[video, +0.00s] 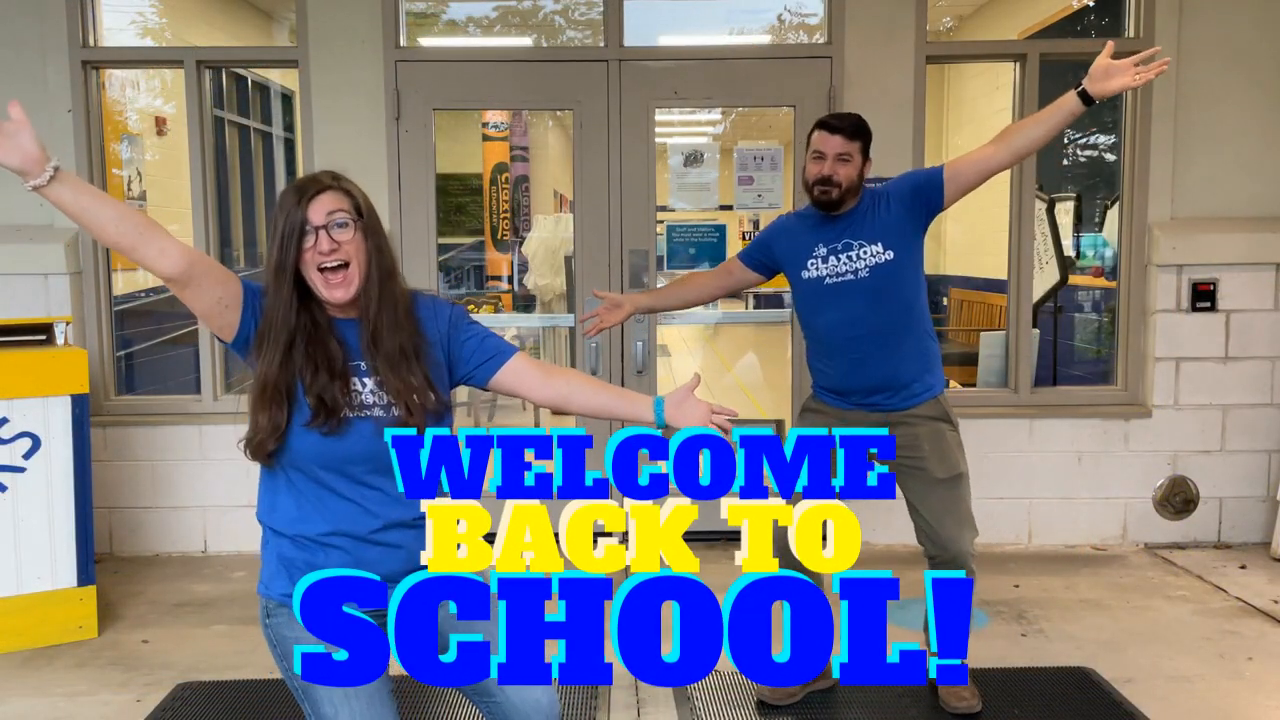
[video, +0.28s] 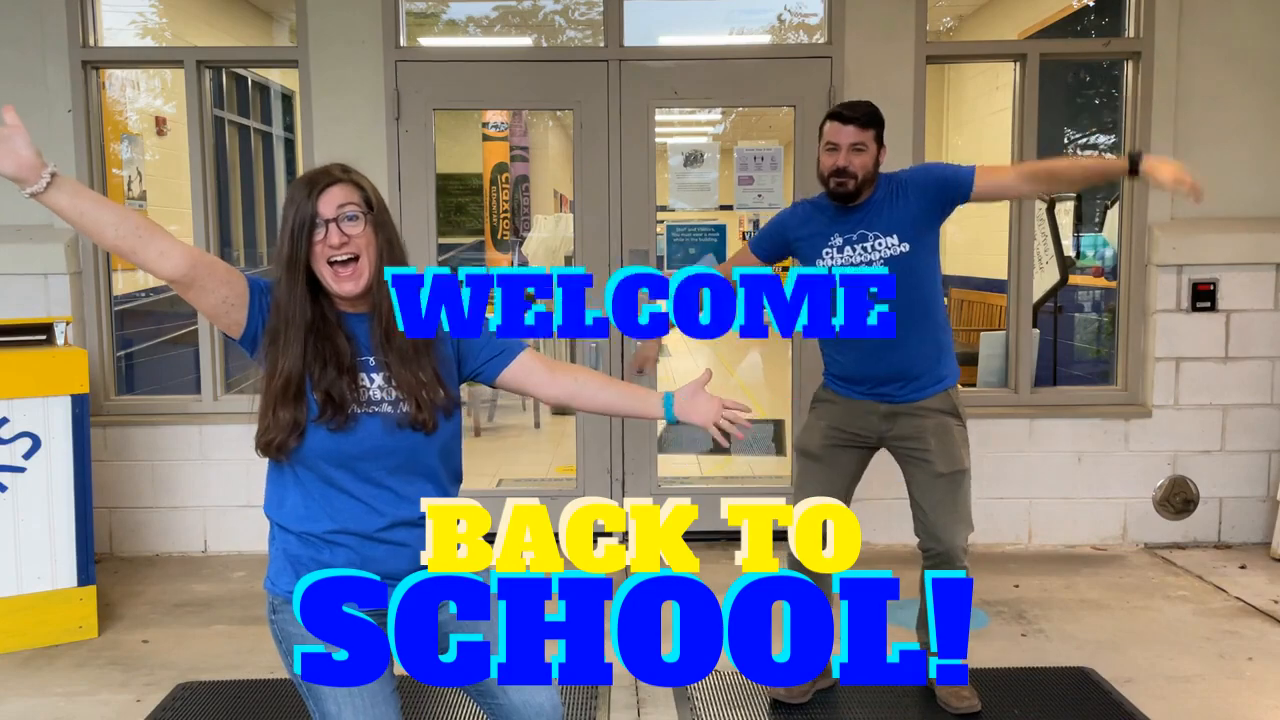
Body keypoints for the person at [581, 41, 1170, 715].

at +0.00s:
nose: (827, 168)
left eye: (841, 159)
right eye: (818, 156)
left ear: (864, 165)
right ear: (806, 162)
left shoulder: (904, 199)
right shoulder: (786, 235)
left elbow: (999, 152)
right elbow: (718, 281)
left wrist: (1084, 93)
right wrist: (638, 302)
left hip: (918, 411)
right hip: (832, 412)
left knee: (952, 544)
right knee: (802, 538)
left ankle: (951, 663)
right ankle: (803, 659)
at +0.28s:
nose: (839, 161)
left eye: (853, 151)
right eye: (829, 149)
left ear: (879, 153)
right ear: (818, 151)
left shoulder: (922, 189)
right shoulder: (799, 221)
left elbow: (1028, 179)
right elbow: (722, 277)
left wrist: (1131, 165)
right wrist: (656, 333)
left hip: (927, 404)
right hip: (840, 403)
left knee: (946, 545)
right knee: (807, 537)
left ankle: (948, 668)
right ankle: (809, 663)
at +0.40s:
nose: (849, 170)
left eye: (863, 158)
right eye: (838, 158)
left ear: (887, 165)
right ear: (824, 164)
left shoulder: (931, 215)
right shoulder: (805, 236)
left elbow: (1025, 261)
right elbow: (763, 319)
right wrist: (721, 389)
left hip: (934, 413)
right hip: (849, 412)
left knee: (951, 552)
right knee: (813, 537)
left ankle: (947, 663)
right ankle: (807, 656)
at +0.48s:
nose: (855, 175)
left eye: (869, 164)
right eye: (844, 164)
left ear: (892, 170)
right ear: (831, 171)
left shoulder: (938, 231)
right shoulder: (811, 245)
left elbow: (984, 320)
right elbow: (804, 338)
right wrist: (785, 423)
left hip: (939, 419)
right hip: (850, 419)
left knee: (954, 555)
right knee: (817, 544)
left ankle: (949, 670)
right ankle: (808, 661)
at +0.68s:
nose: (846, 155)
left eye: (860, 143)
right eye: (835, 144)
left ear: (885, 152)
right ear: (821, 153)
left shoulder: (930, 213)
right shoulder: (801, 222)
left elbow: (974, 296)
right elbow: (765, 294)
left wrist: (992, 387)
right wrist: (746, 359)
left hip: (920, 410)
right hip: (829, 406)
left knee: (944, 546)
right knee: (786, 519)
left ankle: (950, 667)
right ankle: (795, 651)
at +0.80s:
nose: (819, 145)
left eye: (833, 132)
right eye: (807, 134)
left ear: (858, 138)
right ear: (794, 145)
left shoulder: (905, 194)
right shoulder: (773, 212)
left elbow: (975, 266)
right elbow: (723, 276)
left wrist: (1013, 348)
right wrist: (686, 336)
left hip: (898, 398)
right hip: (810, 394)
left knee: (933, 529)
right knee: (763, 523)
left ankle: (942, 657)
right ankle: (720, 663)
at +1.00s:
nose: (750, 152)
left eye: (761, 138)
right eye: (736, 144)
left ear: (788, 142)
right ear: (725, 156)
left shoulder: (833, 199)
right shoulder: (715, 221)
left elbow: (917, 252)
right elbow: (647, 297)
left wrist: (968, 326)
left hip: (840, 412)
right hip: (751, 412)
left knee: (899, 542)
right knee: (708, 548)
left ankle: (940, 657)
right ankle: (678, 690)